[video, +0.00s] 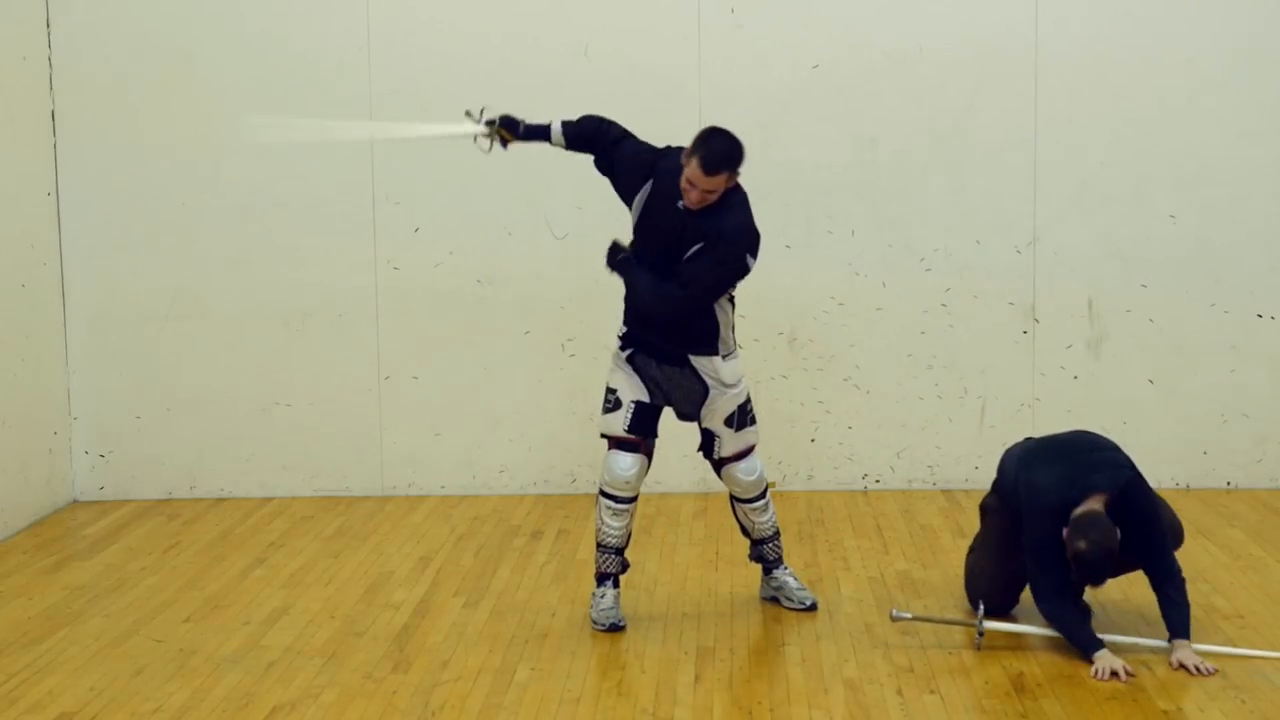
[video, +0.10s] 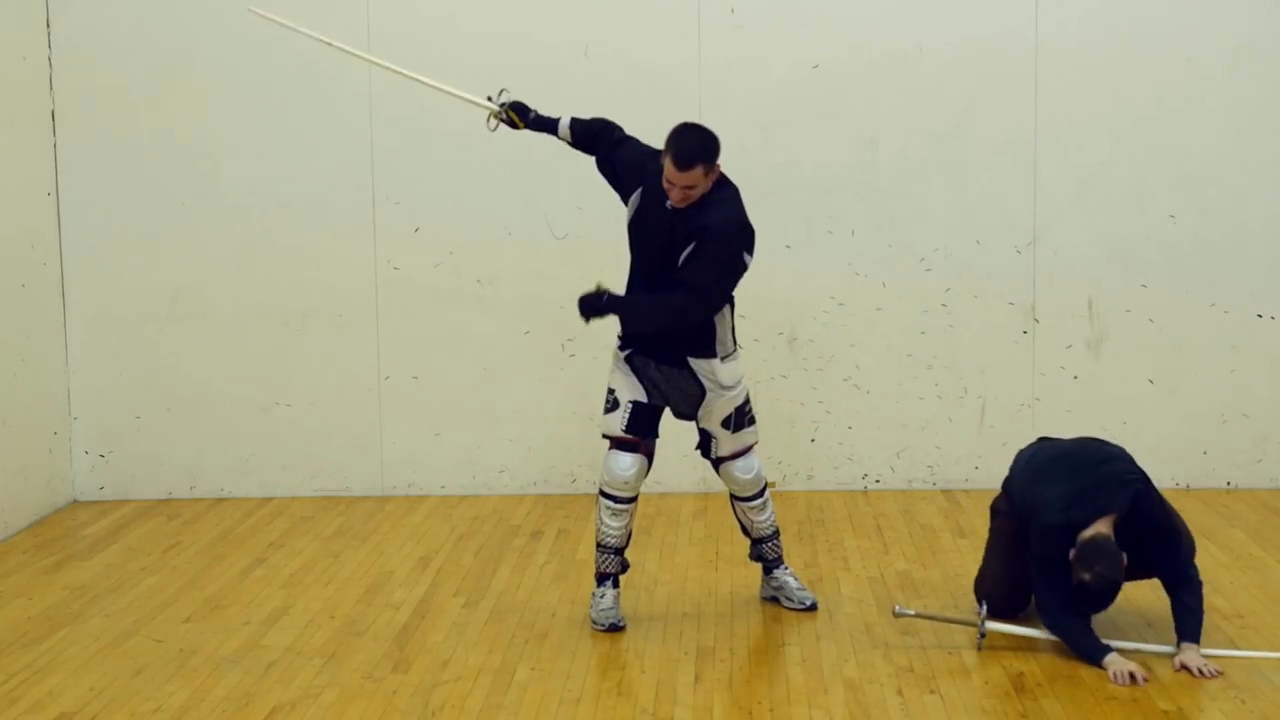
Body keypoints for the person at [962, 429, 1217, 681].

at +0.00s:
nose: (1090, 586)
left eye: (1098, 580)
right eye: (1086, 579)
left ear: (1119, 539)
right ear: (1065, 541)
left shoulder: (1133, 493)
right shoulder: (1040, 504)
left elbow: (1164, 568)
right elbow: (1049, 592)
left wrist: (1181, 642)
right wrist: (1097, 651)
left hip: (1095, 452)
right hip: (1024, 465)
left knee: (1168, 534)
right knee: (990, 600)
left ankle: (1070, 585)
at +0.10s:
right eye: (1078, 590)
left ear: (1121, 564)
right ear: (1072, 558)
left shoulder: (1145, 508)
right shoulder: (1049, 526)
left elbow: (1182, 571)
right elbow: (1054, 609)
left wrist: (1189, 645)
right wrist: (1107, 657)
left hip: (1105, 459)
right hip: (1034, 466)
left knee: (1177, 549)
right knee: (1001, 603)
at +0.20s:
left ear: (1131, 570)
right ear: (1077, 564)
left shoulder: (1154, 511)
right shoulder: (1057, 532)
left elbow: (1197, 577)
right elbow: (1067, 621)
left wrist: (1191, 646)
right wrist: (1124, 664)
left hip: (1117, 461)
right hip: (1046, 467)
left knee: (1168, 567)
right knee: (1006, 605)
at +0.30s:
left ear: (1139, 575)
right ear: (1087, 568)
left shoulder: (1162, 514)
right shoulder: (1066, 540)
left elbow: (1204, 580)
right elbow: (1078, 626)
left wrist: (1192, 647)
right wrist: (1140, 671)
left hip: (1129, 469)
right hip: (1056, 472)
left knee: (1181, 581)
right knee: (1013, 606)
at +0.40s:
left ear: (1148, 581)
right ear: (1094, 574)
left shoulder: (1172, 519)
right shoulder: (1076, 544)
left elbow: (1210, 586)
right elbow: (1091, 634)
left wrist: (1193, 647)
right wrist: (1151, 674)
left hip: (1141, 475)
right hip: (1068, 476)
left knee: (1183, 600)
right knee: (1014, 604)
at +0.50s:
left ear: (1156, 593)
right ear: (1102, 581)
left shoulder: (1185, 532)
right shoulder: (1085, 549)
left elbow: (1216, 591)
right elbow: (1096, 639)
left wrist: (1194, 648)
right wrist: (1158, 676)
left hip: (1155, 484)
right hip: (1080, 482)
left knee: (1179, 619)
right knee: (1017, 602)